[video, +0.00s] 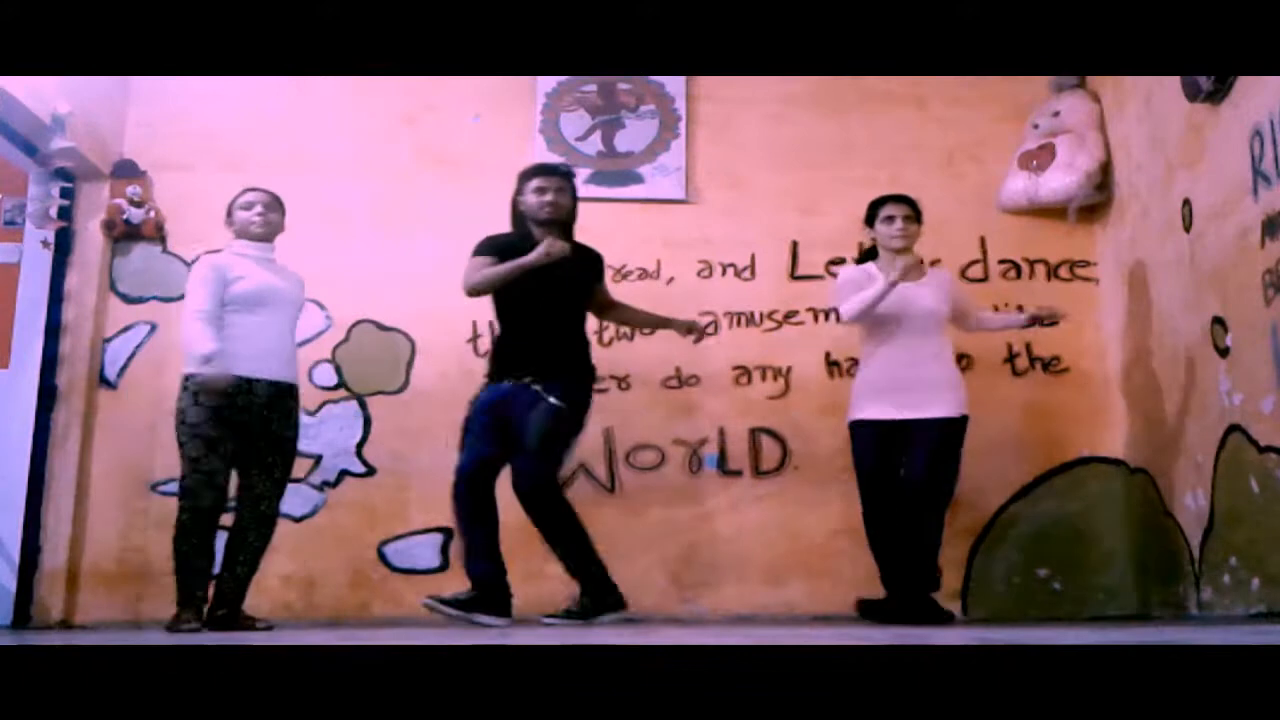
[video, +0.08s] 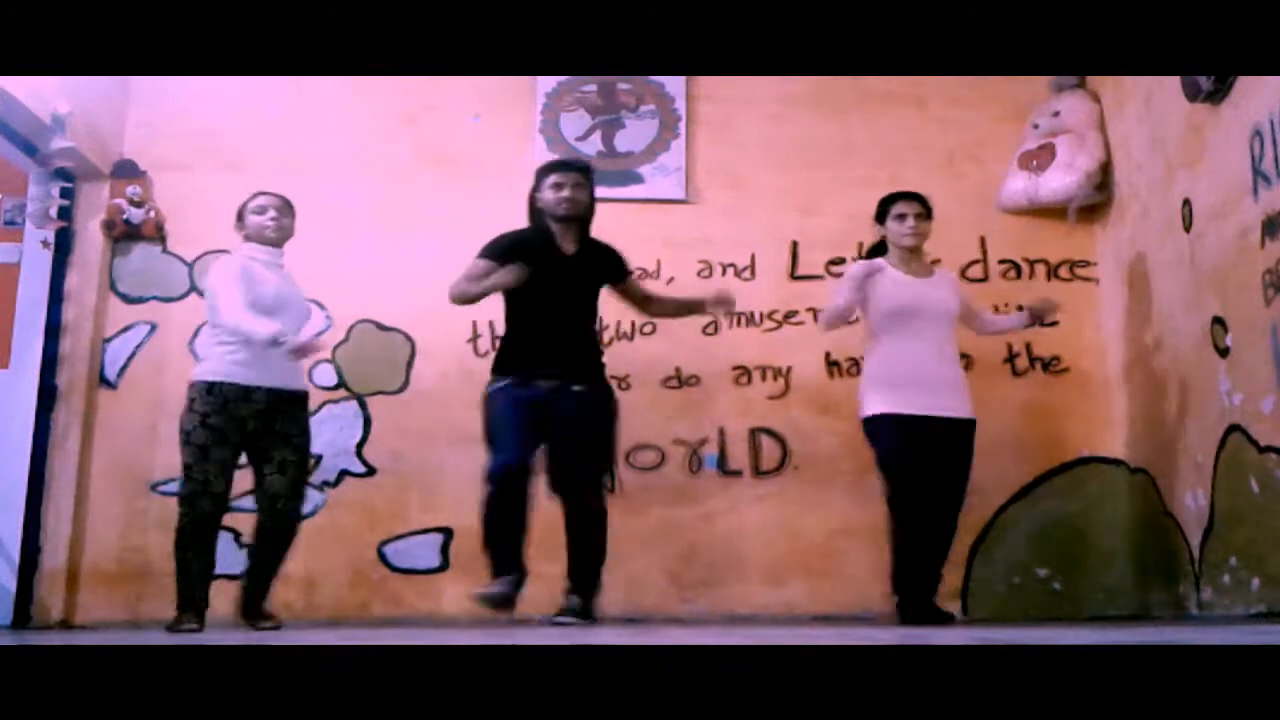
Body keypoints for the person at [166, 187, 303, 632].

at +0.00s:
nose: (260, 212)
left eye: (270, 208)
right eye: (248, 206)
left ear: (282, 225)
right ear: (229, 221)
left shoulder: (293, 281)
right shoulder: (214, 263)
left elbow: (284, 340)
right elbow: (198, 319)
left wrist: (286, 390)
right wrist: (207, 364)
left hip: (276, 400)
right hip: (216, 392)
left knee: (261, 509)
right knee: (202, 500)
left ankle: (228, 607)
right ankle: (190, 607)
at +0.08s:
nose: (273, 217)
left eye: (282, 213)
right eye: (260, 211)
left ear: (292, 229)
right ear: (241, 225)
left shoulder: (293, 289)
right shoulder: (228, 266)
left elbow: (294, 337)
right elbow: (230, 317)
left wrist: (306, 345)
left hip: (283, 399)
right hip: (222, 394)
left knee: (283, 506)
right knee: (202, 501)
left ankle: (253, 603)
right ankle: (191, 608)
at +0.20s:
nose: (287, 213)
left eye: (295, 208)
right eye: (274, 207)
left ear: (306, 223)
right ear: (254, 222)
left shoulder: (298, 277)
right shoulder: (251, 257)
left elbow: (315, 320)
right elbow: (262, 298)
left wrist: (325, 341)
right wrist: (308, 332)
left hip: (294, 396)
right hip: (239, 391)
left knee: (306, 500)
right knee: (221, 498)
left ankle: (292, 606)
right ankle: (190, 608)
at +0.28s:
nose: (303, 212)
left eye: (311, 206)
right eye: (290, 207)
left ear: (321, 220)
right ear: (271, 221)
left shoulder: (306, 268)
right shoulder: (275, 254)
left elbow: (306, 331)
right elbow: (266, 304)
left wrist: (323, 375)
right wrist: (283, 356)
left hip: (308, 390)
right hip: (266, 385)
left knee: (332, 492)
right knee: (267, 489)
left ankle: (308, 604)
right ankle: (188, 591)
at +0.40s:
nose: (323, 215)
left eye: (330, 210)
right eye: (309, 210)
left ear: (339, 224)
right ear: (290, 225)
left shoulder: (326, 274)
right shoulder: (297, 259)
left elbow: (335, 356)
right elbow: (259, 315)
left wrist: (384, 392)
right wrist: (255, 376)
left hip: (324, 397)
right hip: (300, 395)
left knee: (344, 492)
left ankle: (311, 605)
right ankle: (235, 574)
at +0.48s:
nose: (329, 207)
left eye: (336, 202)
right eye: (316, 202)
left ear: (346, 216)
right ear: (296, 217)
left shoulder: (331, 267)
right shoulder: (302, 254)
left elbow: (338, 344)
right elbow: (262, 310)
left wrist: (382, 383)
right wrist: (257, 370)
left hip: (329, 384)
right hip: (309, 382)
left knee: (340, 487)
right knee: (347, 483)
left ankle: (312, 600)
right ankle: (286, 592)